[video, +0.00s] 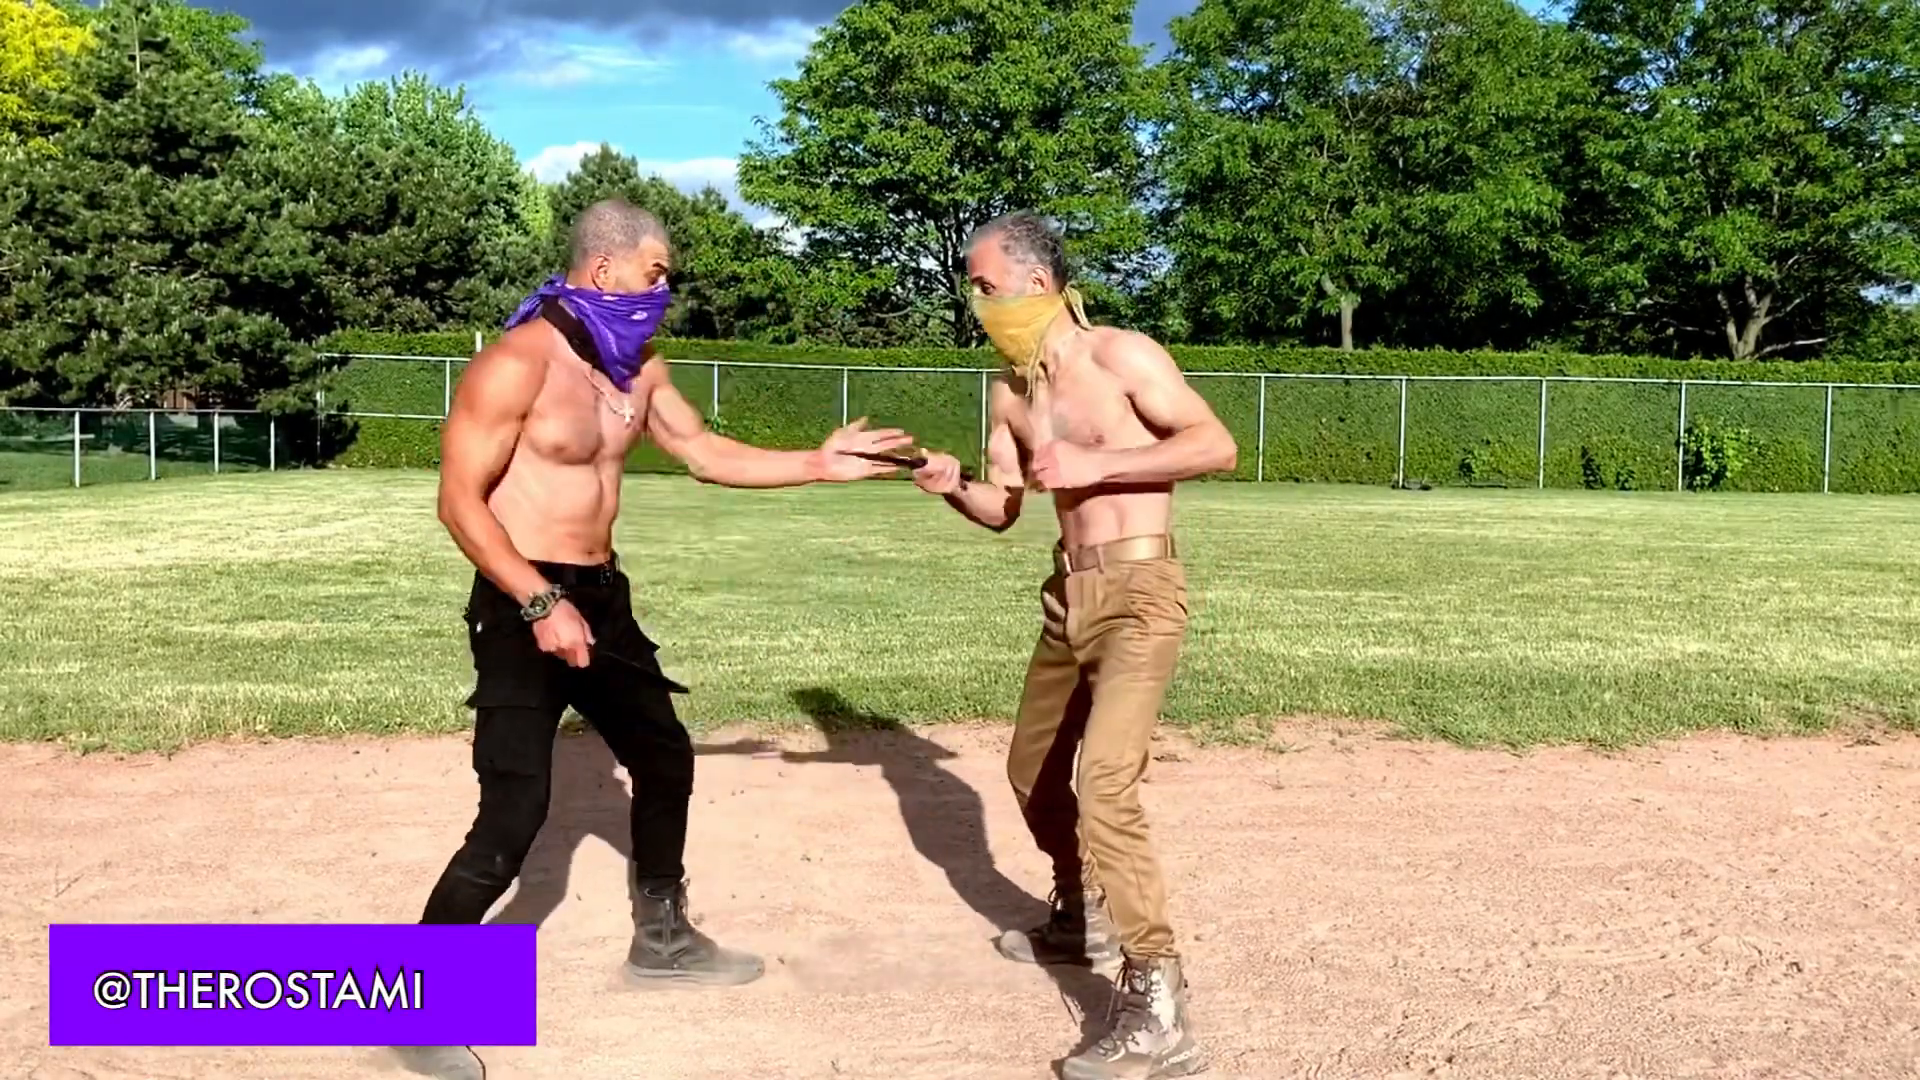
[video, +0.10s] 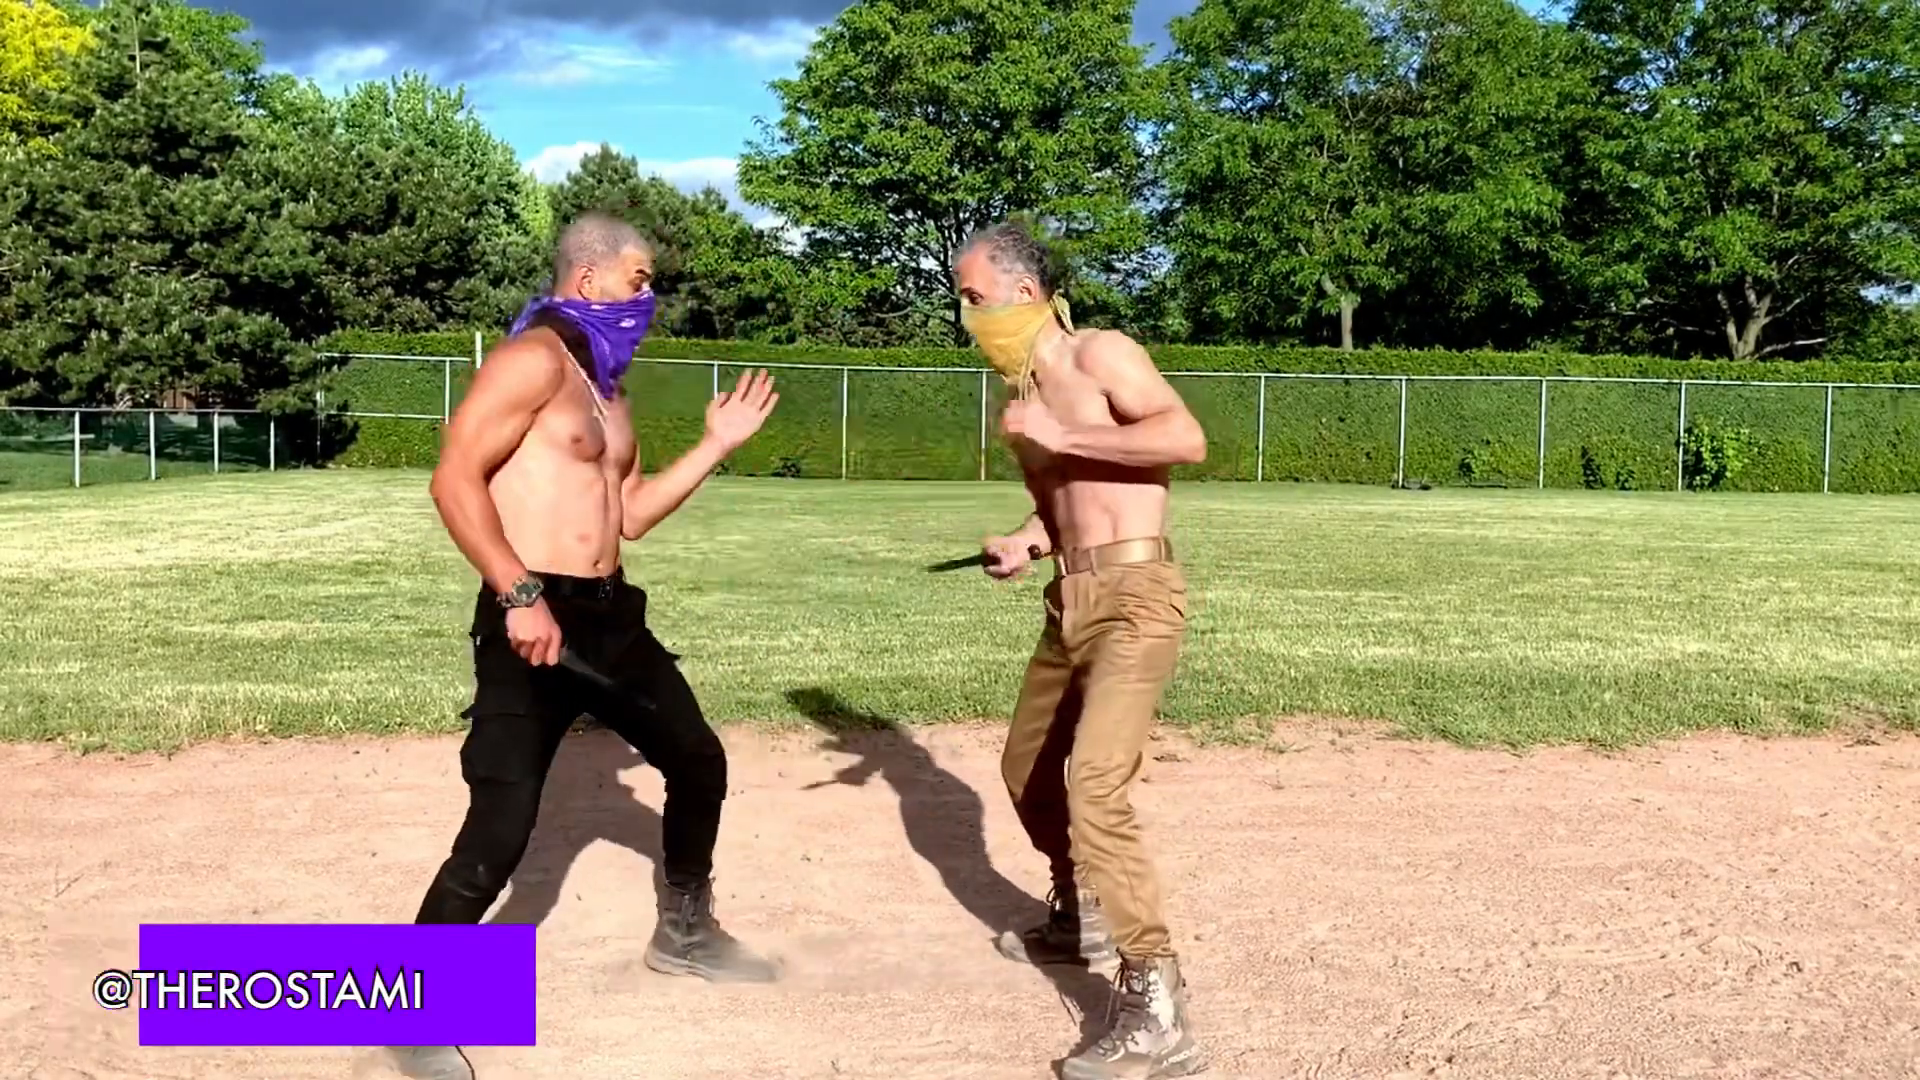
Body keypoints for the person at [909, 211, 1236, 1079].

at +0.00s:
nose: (976, 304)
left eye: (984, 286)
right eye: (971, 290)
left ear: (1036, 278)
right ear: (1008, 286)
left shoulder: (1121, 353)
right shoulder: (1009, 390)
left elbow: (1217, 446)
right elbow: (1001, 508)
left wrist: (1098, 466)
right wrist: (955, 484)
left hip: (1142, 592)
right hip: (1067, 599)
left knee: (1102, 784)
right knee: (1035, 778)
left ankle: (1158, 1004)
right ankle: (1082, 912)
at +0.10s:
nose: (969, 317)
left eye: (977, 298)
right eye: (963, 302)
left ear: (1027, 289)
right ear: (1005, 295)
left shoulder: (1103, 354)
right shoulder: (1019, 402)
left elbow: (1187, 441)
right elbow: (1076, 501)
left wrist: (1063, 437)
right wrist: (1029, 540)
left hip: (1137, 597)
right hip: (1071, 607)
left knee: (1094, 789)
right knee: (1031, 776)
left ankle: (1159, 1014)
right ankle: (1082, 917)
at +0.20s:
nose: (964, 320)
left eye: (971, 304)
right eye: (959, 307)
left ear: (1018, 295)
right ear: (1007, 299)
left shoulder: (1080, 348)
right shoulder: (1039, 385)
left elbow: (1112, 412)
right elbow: (1083, 507)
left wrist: (1009, 404)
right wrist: (1040, 550)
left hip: (1137, 597)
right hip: (1087, 604)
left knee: (1087, 791)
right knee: (1038, 770)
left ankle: (1157, 1012)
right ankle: (1084, 918)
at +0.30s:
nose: (972, 323)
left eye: (979, 306)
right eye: (969, 309)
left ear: (1025, 296)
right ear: (1031, 301)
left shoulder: (1057, 351)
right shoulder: (1062, 370)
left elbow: (941, 403)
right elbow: (1122, 490)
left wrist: (841, 452)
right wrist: (1062, 547)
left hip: (1148, 608)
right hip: (1110, 608)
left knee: (1089, 788)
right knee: (1045, 764)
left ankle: (1150, 1005)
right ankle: (1085, 914)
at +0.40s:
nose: (986, 317)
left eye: (993, 300)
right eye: (985, 302)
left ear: (1038, 295)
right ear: (1051, 298)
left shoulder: (1055, 366)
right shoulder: (1093, 369)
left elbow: (967, 449)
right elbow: (1135, 485)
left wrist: (881, 499)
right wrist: (1069, 539)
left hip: (1145, 611)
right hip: (1114, 606)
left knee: (1083, 791)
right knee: (1046, 759)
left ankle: (1149, 1008)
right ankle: (1088, 910)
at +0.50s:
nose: (1004, 301)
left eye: (1012, 284)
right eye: (1002, 285)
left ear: (1059, 284)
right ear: (1058, 282)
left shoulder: (1104, 363)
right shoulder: (1070, 371)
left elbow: (1128, 482)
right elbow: (1060, 474)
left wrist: (1037, 501)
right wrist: (980, 496)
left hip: (1145, 605)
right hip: (1101, 604)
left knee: (1092, 788)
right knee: (1048, 762)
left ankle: (1150, 1011)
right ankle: (1090, 913)